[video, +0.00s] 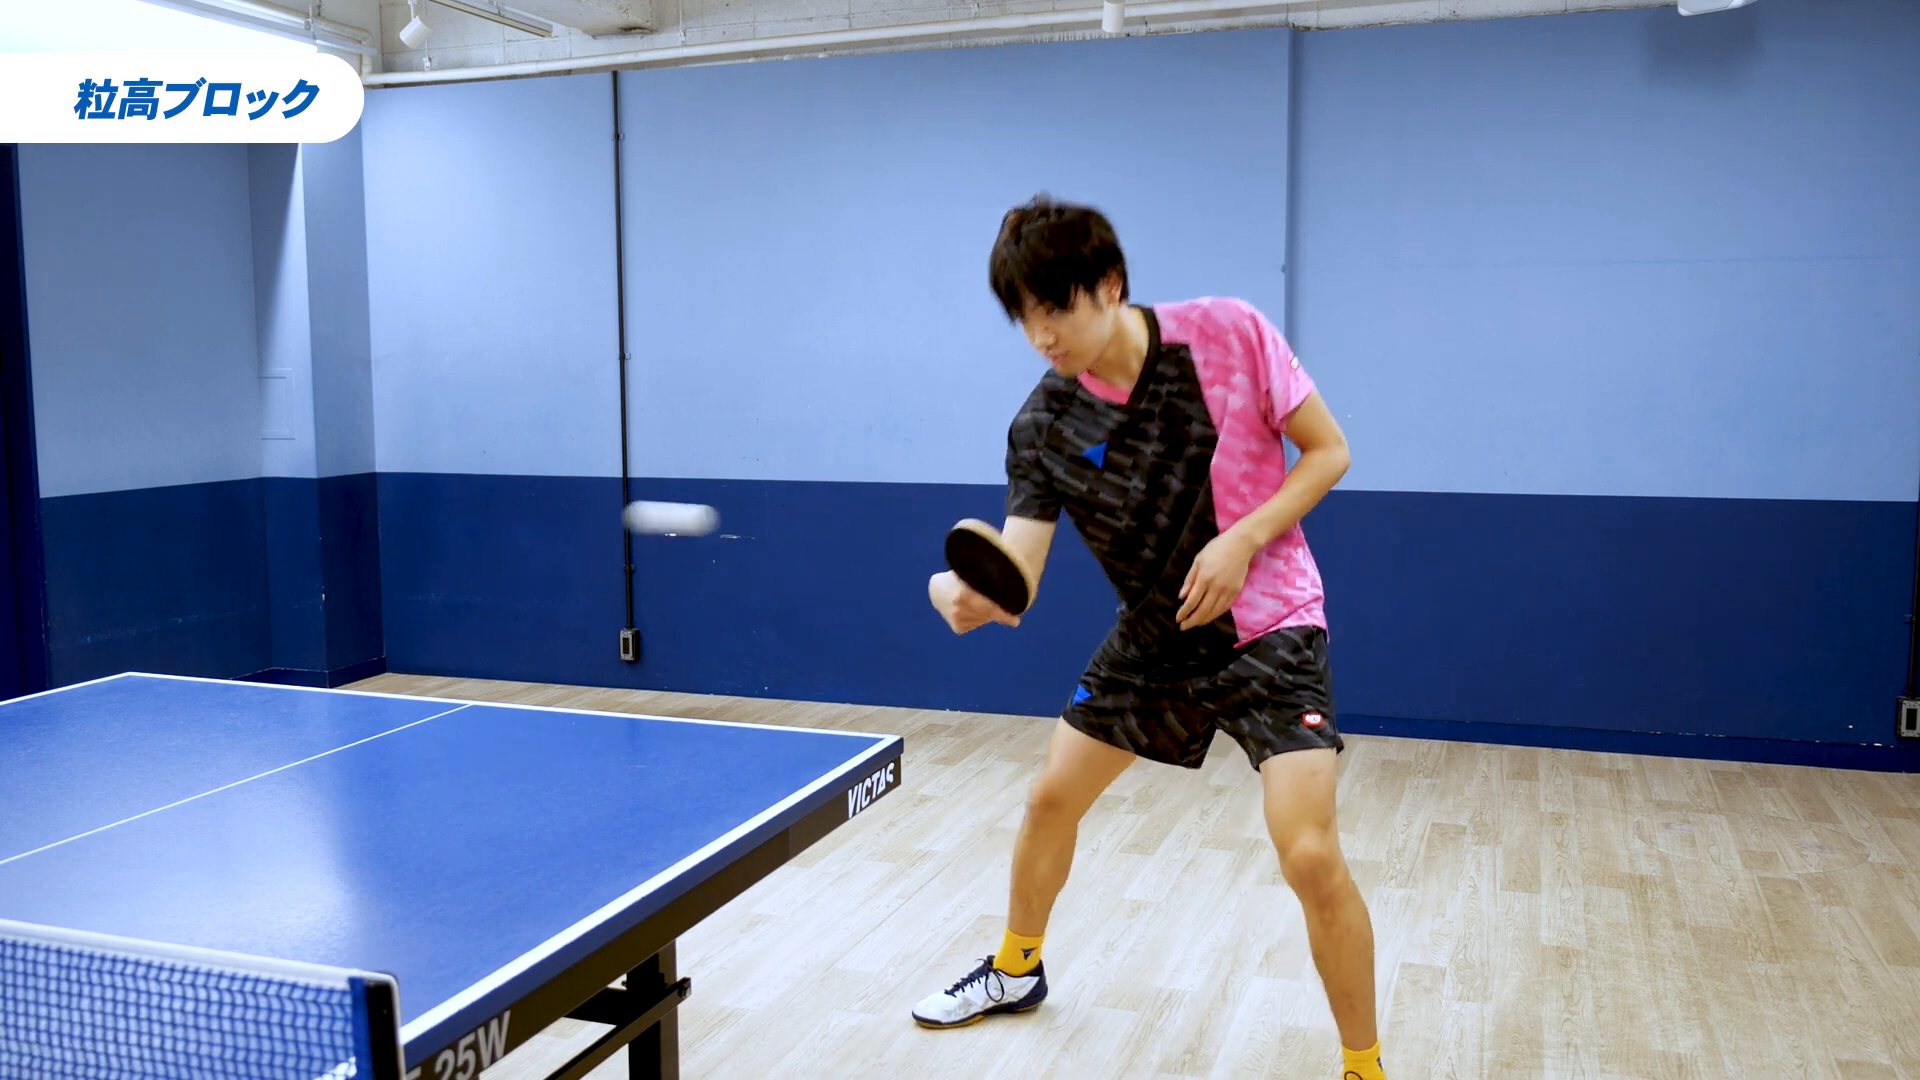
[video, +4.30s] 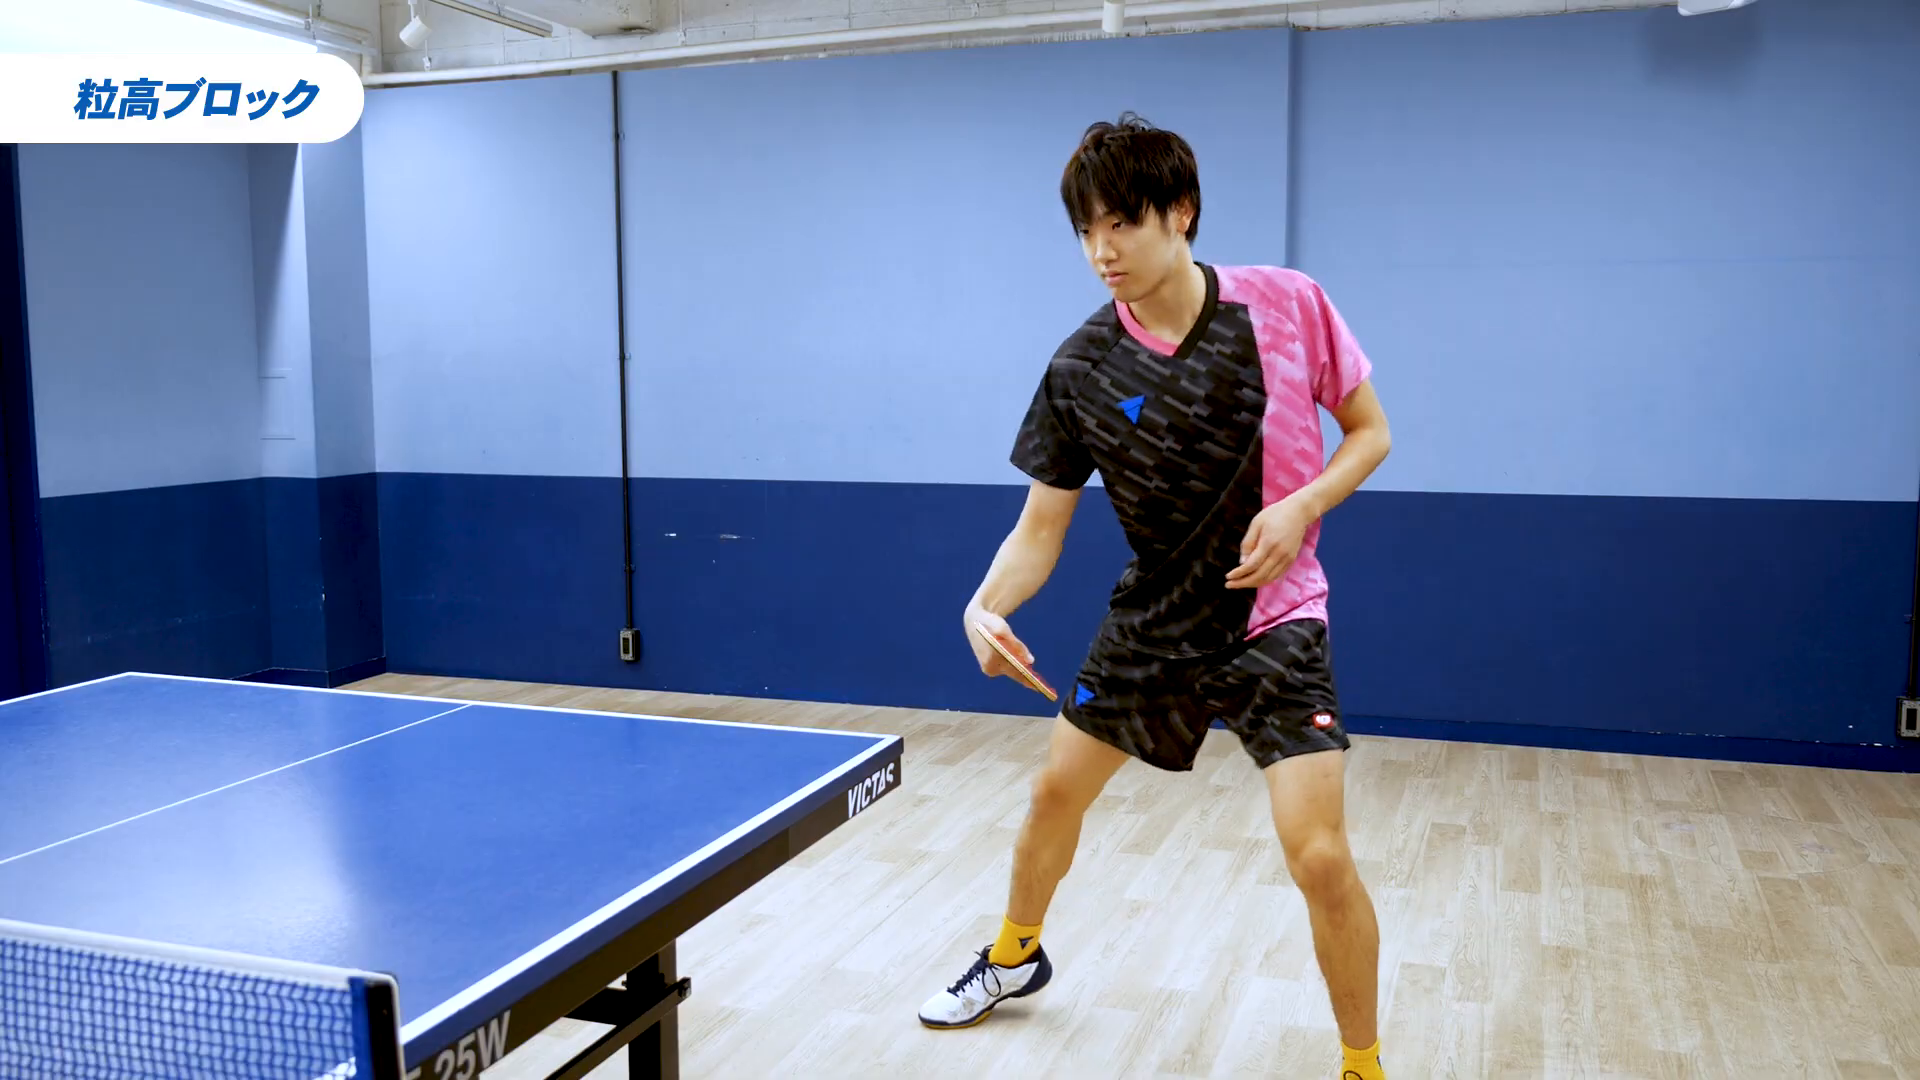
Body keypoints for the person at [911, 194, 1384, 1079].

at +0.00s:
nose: (1039, 334)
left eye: (1053, 306)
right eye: (1024, 317)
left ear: (1109, 285)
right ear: (1015, 319)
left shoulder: (1229, 333)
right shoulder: (1045, 422)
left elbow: (1329, 452)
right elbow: (1016, 580)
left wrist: (1241, 542)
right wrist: (965, 596)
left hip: (1271, 624)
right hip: (1153, 630)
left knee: (1309, 855)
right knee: (1051, 798)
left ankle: (1363, 1065)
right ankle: (1016, 967)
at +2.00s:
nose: (992, 278)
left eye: (1009, 255)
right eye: (981, 261)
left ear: (1067, 249)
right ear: (981, 268)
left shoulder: (1168, 339)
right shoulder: (1026, 385)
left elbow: (1260, 475)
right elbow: (1054, 521)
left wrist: (1130, 539)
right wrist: (995, 599)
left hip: (1213, 634)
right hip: (1110, 635)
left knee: (1255, 859)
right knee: (1013, 793)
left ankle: (1354, 1064)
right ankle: (1024, 971)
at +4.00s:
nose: (1059, 352)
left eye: (1072, 326)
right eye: (1041, 335)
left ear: (1128, 299)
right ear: (1028, 333)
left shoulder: (1251, 345)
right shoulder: (1064, 436)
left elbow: (1352, 457)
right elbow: (1047, 580)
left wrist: (1274, 550)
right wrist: (1009, 602)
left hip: (1284, 630)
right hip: (1163, 637)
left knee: (1316, 866)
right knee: (1055, 807)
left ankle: (1363, 1067)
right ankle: (1025, 970)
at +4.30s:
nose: (1104, 248)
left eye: (1124, 221)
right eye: (1089, 230)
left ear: (1183, 216)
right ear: (1079, 238)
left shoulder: (1285, 304)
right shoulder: (1081, 369)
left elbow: (1370, 430)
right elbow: (1039, 526)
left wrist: (1302, 508)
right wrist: (982, 605)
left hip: (1275, 608)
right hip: (1156, 608)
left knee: (1321, 859)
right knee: (1055, 790)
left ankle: (1363, 1065)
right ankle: (1015, 955)